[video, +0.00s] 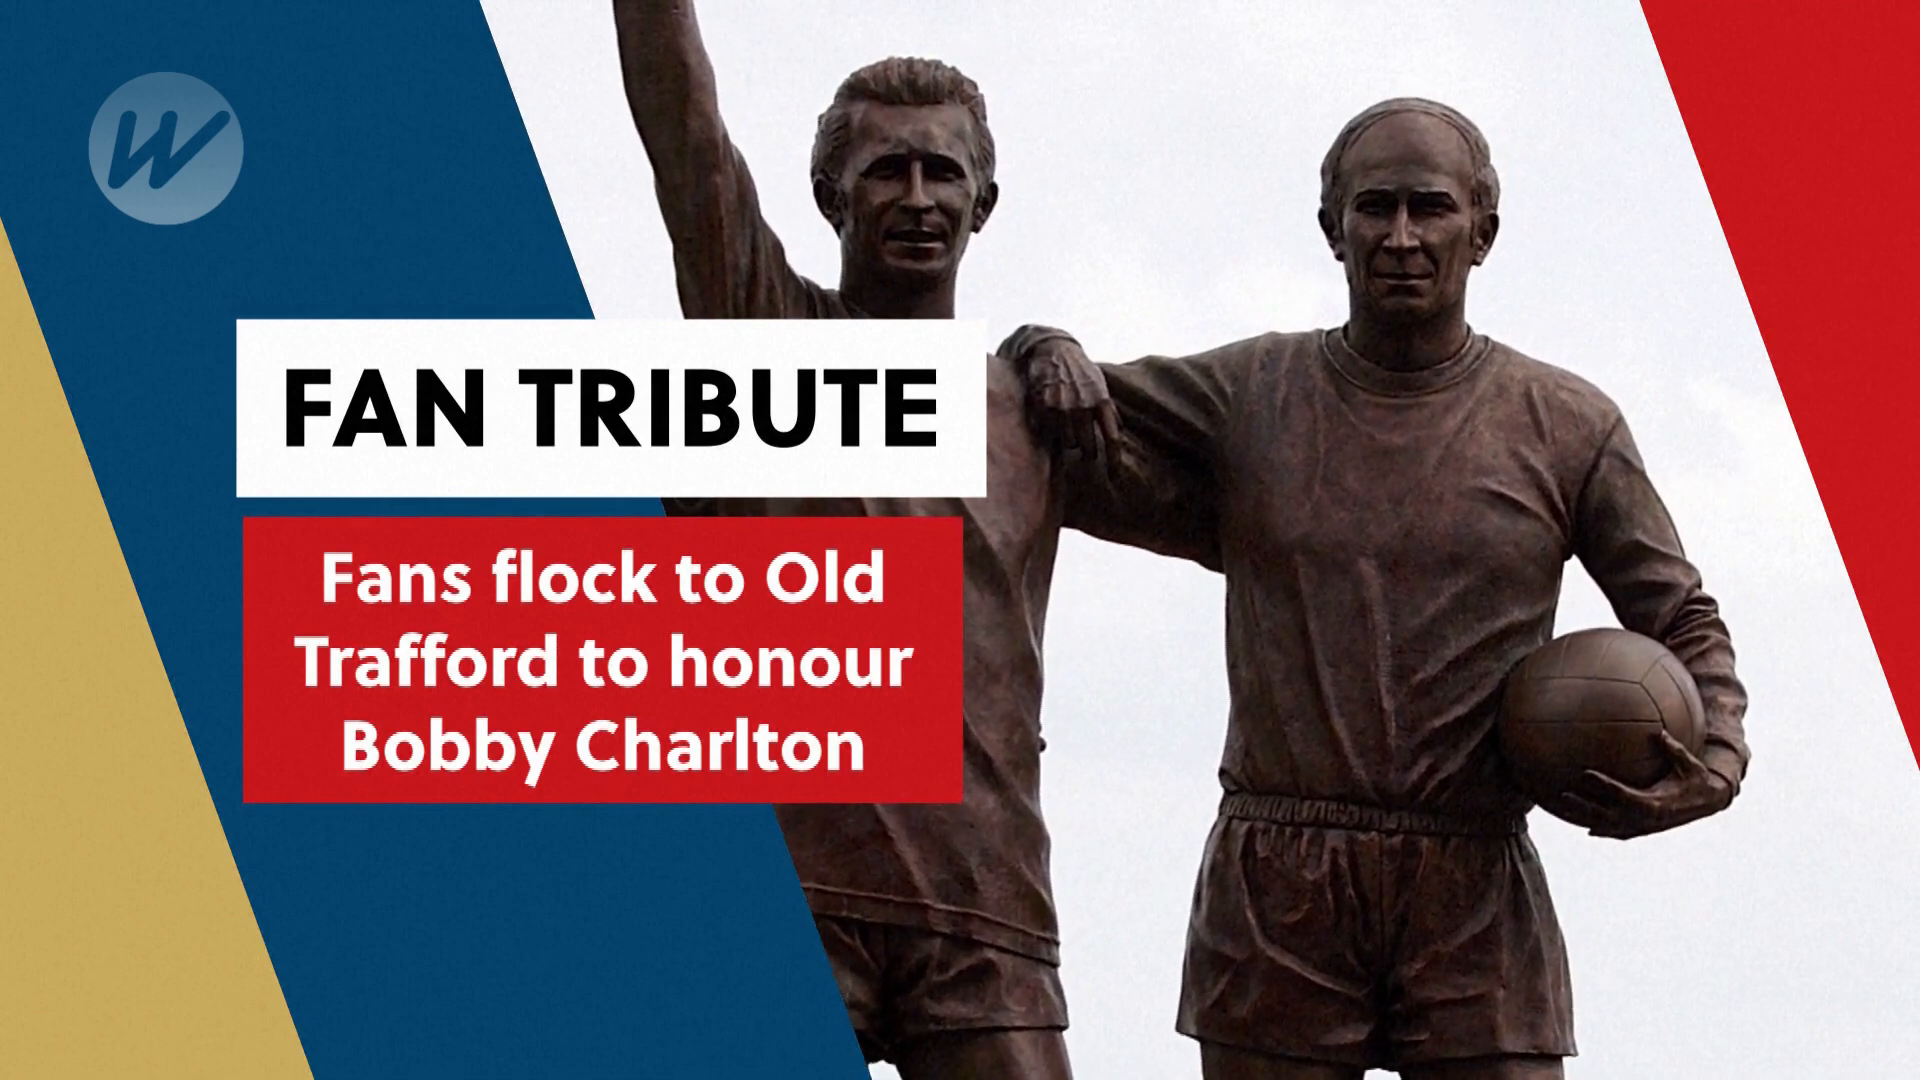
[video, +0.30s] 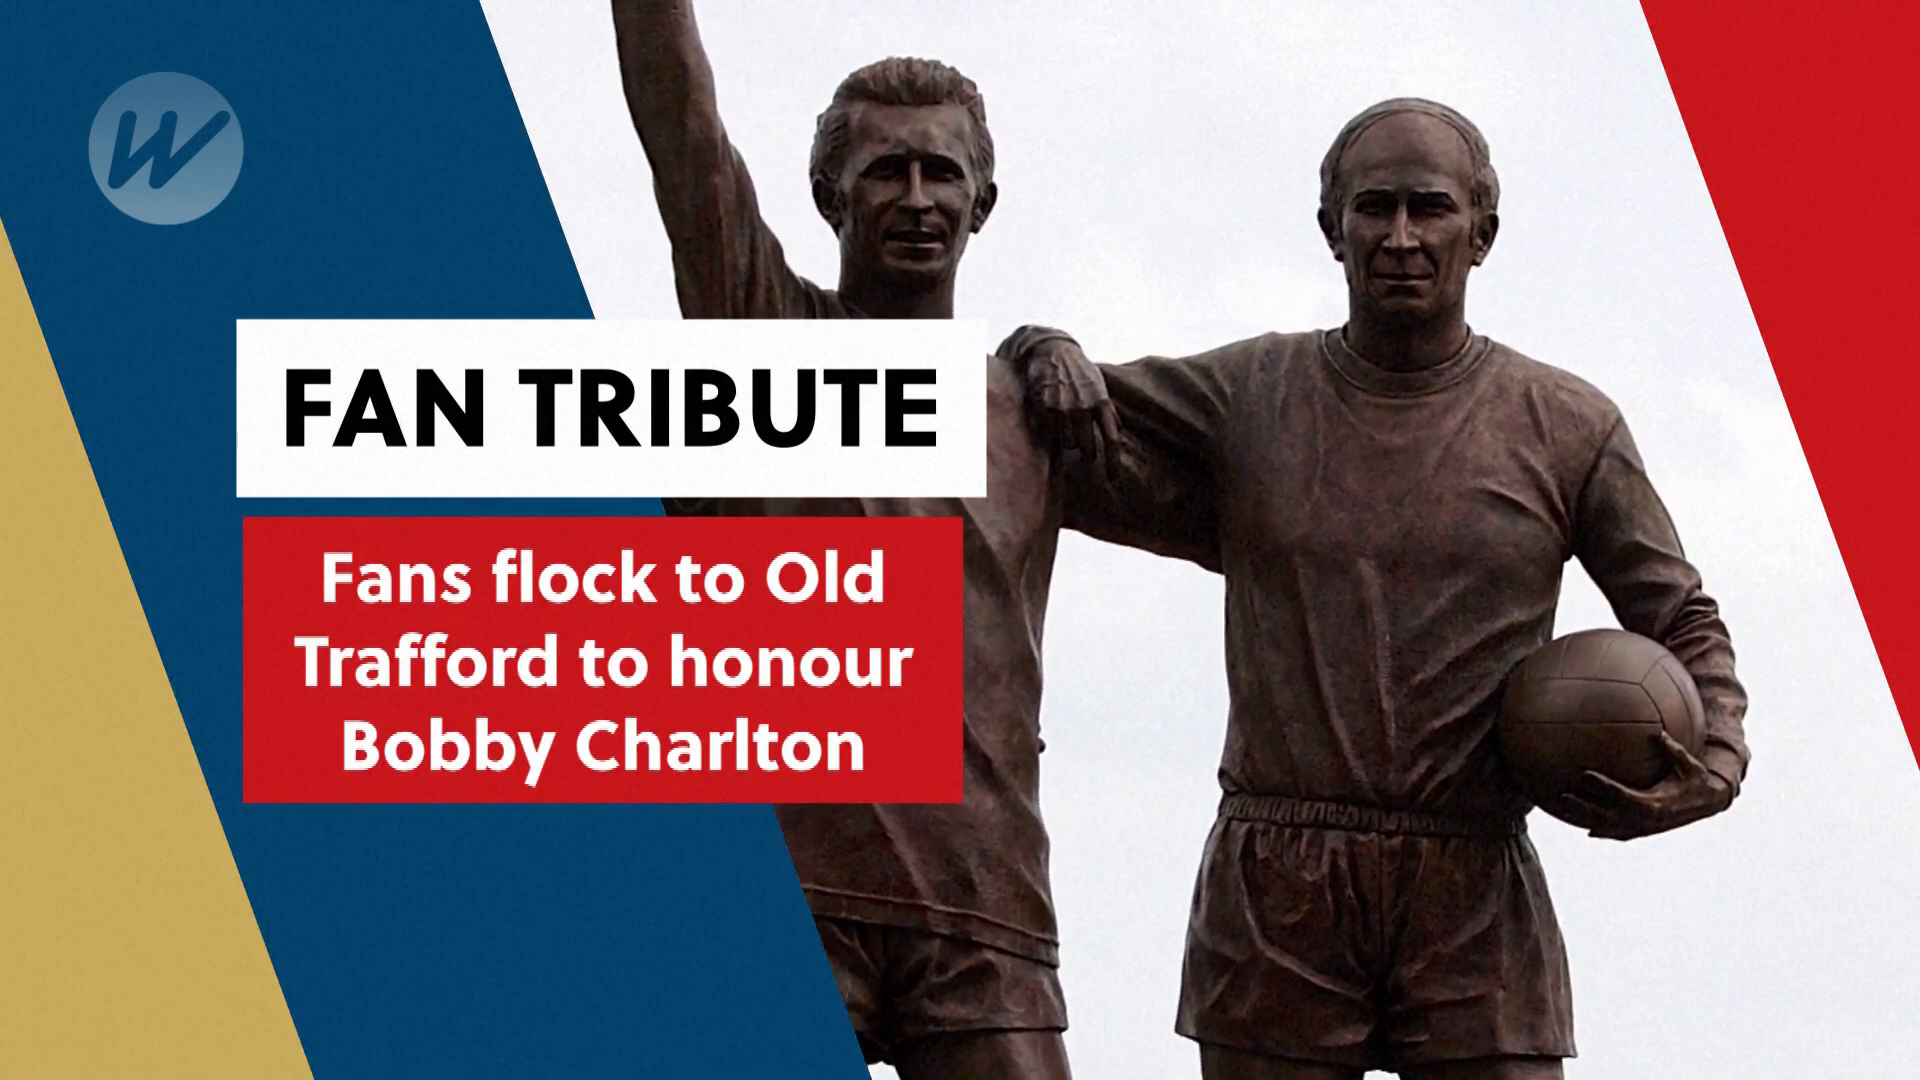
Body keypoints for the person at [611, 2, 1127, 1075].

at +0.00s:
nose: (918, 195)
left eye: (944, 171)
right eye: (886, 170)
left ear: (983, 202)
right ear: (829, 197)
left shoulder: (1032, 400)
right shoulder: (762, 334)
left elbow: (1244, 515)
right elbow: (681, 127)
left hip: (986, 909)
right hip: (790, 902)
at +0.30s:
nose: (917, 195)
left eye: (944, 172)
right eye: (886, 171)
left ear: (981, 203)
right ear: (829, 200)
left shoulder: (1034, 403)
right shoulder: (761, 335)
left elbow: (1243, 517)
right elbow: (678, 122)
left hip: (985, 909)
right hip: (791, 899)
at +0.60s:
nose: (918, 197)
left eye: (944, 173)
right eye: (886, 172)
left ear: (983, 202)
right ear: (832, 198)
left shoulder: (1035, 404)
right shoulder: (763, 334)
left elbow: (1249, 516)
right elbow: (677, 122)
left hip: (985, 912)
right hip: (789, 901)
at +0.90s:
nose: (913, 195)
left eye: (940, 171)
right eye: (883, 171)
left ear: (983, 200)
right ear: (829, 195)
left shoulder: (1035, 408)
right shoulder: (763, 343)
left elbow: (1248, 517)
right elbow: (677, 126)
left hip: (984, 908)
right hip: (796, 901)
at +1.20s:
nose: (914, 196)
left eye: (941, 169)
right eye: (888, 167)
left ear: (981, 184)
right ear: (838, 179)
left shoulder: (1023, 405)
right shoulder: (775, 362)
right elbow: (678, 122)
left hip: (980, 915)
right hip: (796, 913)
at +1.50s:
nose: (911, 205)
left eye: (935, 176)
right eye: (888, 174)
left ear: (967, 192)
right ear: (850, 185)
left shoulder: (1011, 413)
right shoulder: (788, 384)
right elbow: (681, 133)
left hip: (967, 885)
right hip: (805, 884)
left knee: (1003, 1051)